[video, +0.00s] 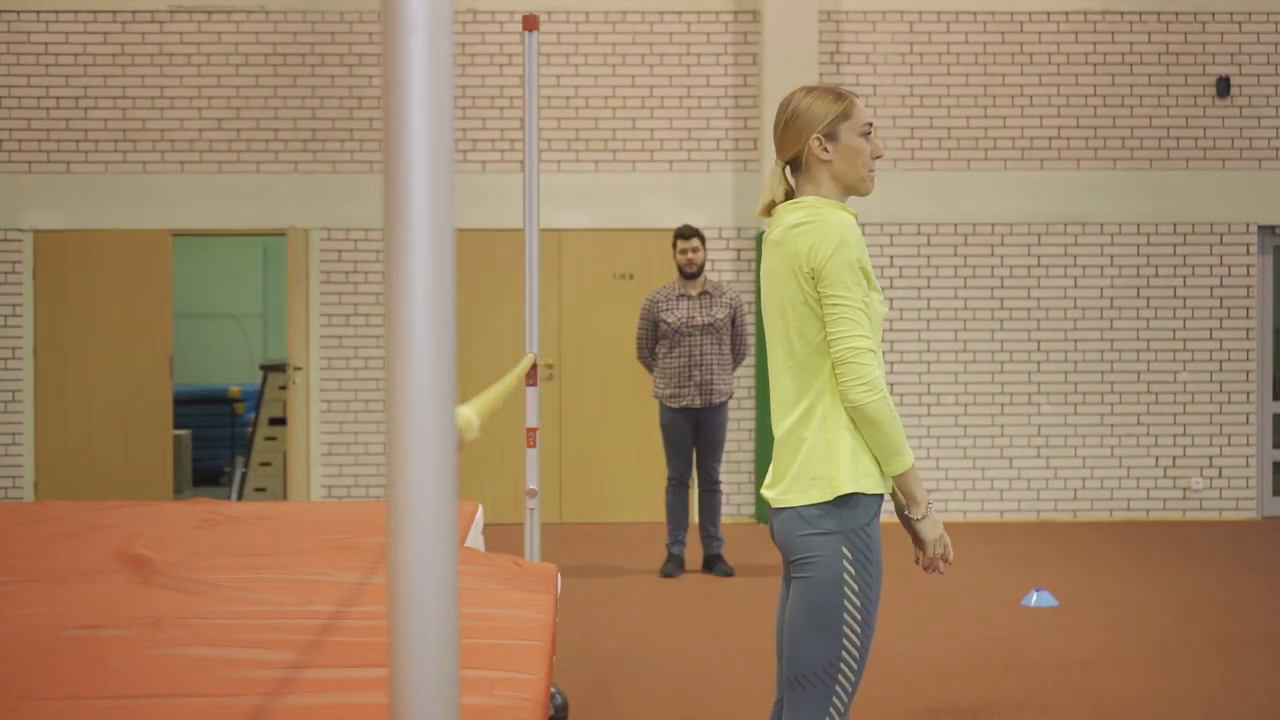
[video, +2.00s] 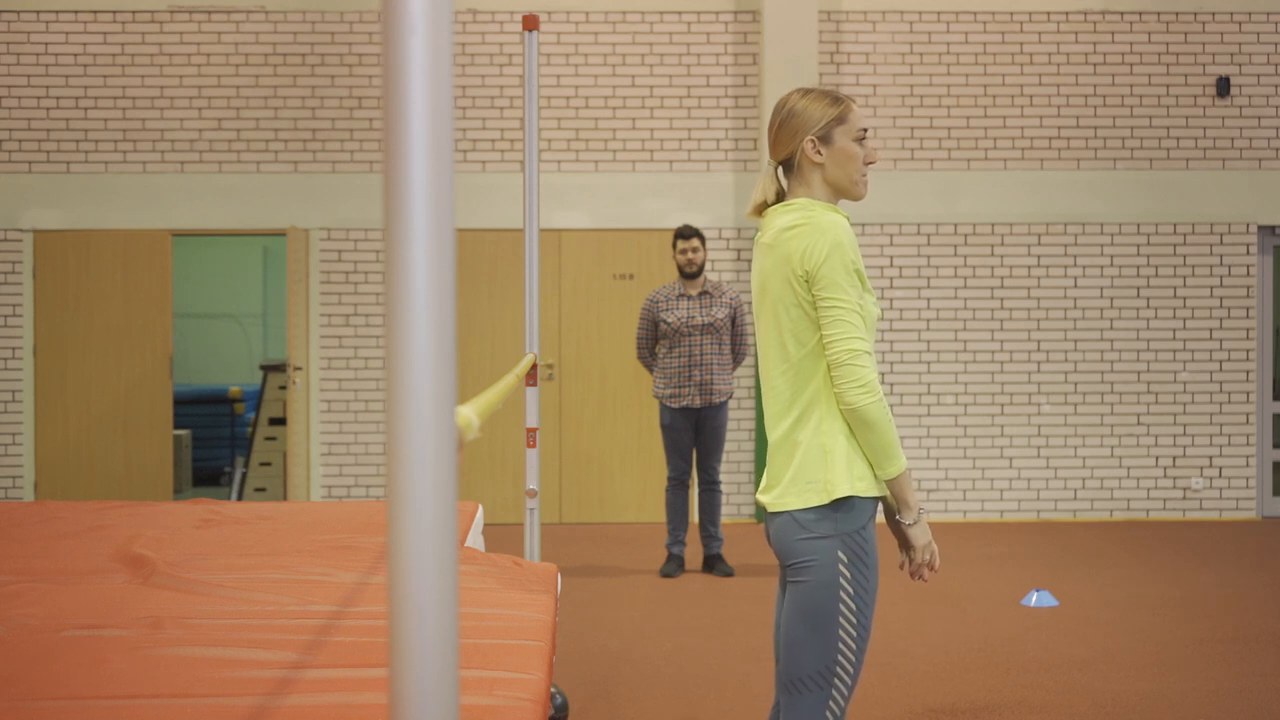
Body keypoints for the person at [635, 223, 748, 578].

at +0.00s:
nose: (689, 257)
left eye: (695, 250)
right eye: (683, 251)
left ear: (705, 253)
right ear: (674, 256)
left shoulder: (728, 297)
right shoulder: (659, 299)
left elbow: (740, 348)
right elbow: (644, 350)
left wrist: (717, 372)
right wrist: (671, 375)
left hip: (715, 402)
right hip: (674, 402)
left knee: (710, 479)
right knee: (678, 477)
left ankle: (713, 552)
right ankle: (675, 553)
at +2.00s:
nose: (689, 256)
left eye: (695, 250)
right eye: (682, 251)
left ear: (705, 253)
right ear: (674, 256)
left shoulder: (728, 296)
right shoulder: (658, 300)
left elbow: (741, 347)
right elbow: (644, 350)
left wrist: (718, 372)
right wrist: (669, 376)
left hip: (715, 401)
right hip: (674, 402)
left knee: (710, 478)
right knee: (678, 477)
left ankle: (713, 553)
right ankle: (675, 553)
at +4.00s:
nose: (689, 256)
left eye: (695, 250)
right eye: (682, 251)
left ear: (705, 254)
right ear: (674, 256)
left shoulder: (726, 298)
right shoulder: (658, 300)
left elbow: (739, 346)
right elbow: (644, 350)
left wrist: (719, 371)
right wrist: (668, 376)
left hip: (715, 402)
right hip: (675, 402)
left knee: (710, 478)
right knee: (678, 478)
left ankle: (713, 552)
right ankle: (675, 553)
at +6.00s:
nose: (687, 256)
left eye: (693, 250)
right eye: (681, 251)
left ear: (704, 253)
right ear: (673, 257)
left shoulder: (729, 297)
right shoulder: (659, 300)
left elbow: (742, 348)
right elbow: (645, 351)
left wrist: (718, 373)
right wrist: (670, 377)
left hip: (716, 402)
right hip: (675, 403)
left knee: (710, 479)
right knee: (678, 477)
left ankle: (713, 553)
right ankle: (675, 552)